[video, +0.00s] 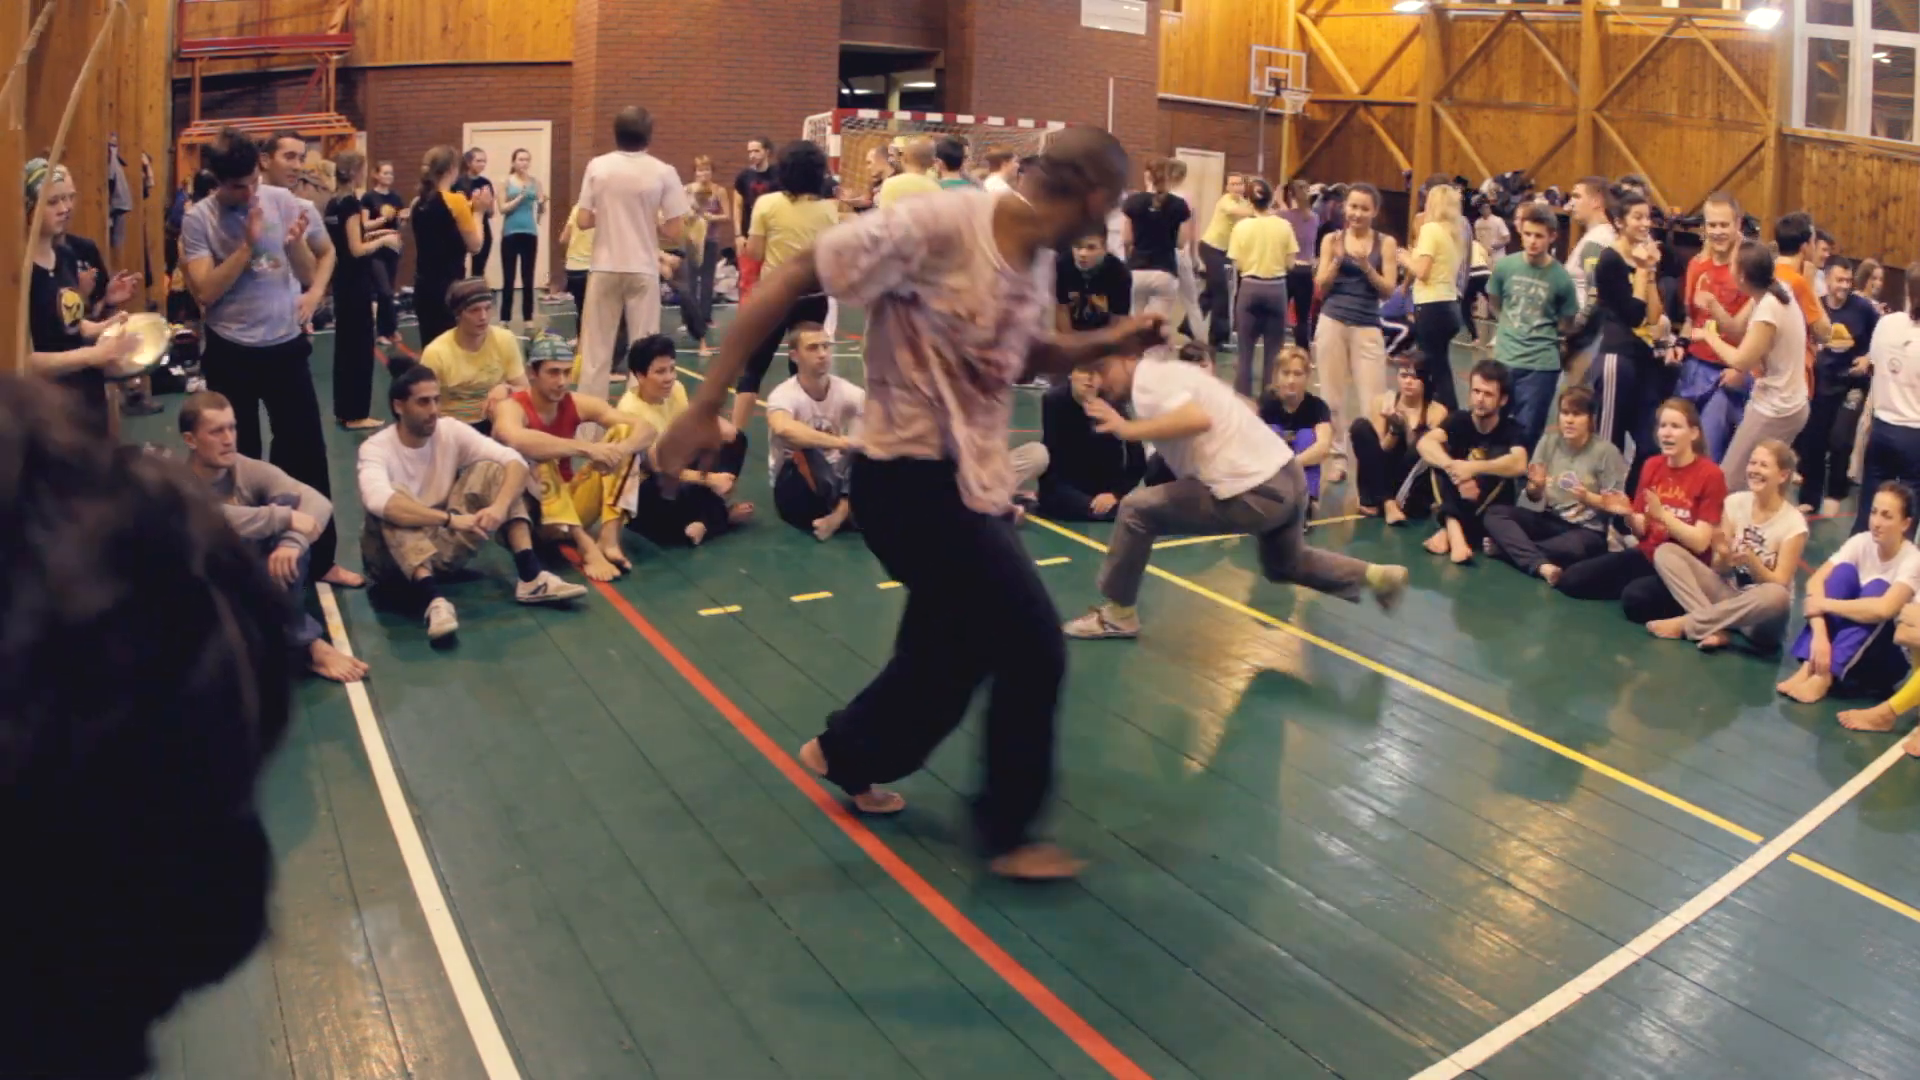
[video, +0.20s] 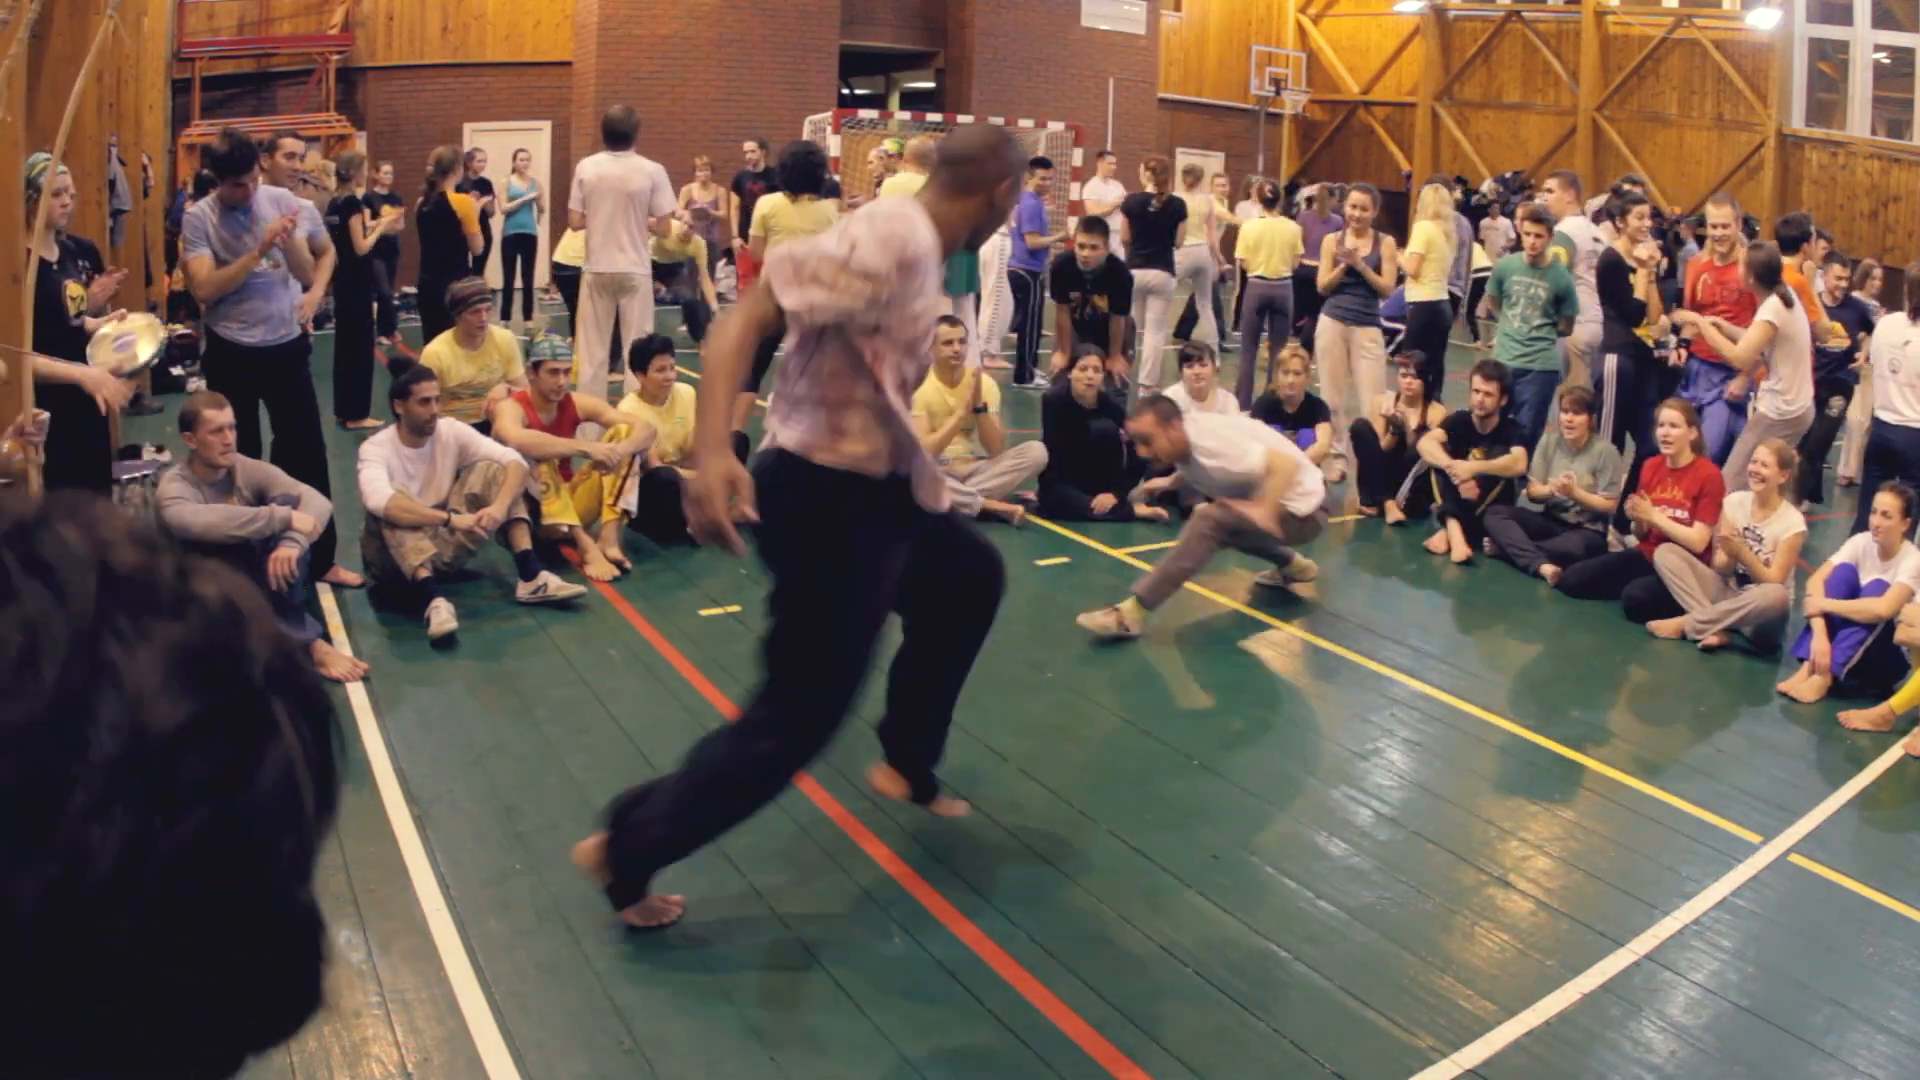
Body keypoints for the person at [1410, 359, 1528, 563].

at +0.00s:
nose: (1480, 399)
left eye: (1488, 394)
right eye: (1476, 392)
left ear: (1503, 400)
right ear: (1469, 393)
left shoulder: (1511, 428)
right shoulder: (1458, 419)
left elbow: (1519, 464)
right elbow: (1425, 444)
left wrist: (1472, 467)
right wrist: (1458, 474)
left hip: (1493, 508)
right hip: (1454, 502)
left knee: (1500, 459)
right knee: (1437, 459)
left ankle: (1448, 529)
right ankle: (1454, 529)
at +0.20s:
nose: (1480, 400)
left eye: (1488, 394)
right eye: (1476, 392)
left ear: (1503, 400)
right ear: (1470, 392)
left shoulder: (1510, 428)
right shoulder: (1459, 419)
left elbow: (1519, 465)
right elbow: (1425, 444)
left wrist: (1472, 468)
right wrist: (1458, 473)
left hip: (1492, 509)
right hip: (1454, 501)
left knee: (1502, 459)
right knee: (1438, 460)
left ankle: (1449, 529)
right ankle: (1454, 530)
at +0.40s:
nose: (1480, 399)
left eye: (1488, 395)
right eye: (1476, 392)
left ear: (1503, 400)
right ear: (1469, 392)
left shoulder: (1511, 429)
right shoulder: (1459, 419)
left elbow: (1519, 464)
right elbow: (1425, 444)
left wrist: (1472, 467)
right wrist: (1458, 474)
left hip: (1492, 508)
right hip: (1454, 501)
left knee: (1501, 460)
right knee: (1437, 458)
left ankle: (1448, 529)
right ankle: (1454, 529)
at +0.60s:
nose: (1480, 399)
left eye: (1488, 394)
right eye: (1476, 392)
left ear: (1503, 400)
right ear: (1469, 393)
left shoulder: (1511, 429)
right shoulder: (1459, 419)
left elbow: (1519, 465)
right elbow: (1425, 444)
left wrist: (1472, 467)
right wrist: (1458, 474)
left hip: (1492, 508)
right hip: (1454, 502)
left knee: (1501, 459)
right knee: (1437, 459)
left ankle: (1448, 529)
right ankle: (1454, 530)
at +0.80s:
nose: (1480, 400)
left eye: (1488, 395)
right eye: (1476, 392)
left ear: (1503, 400)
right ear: (1470, 392)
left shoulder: (1511, 428)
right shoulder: (1456, 421)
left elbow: (1519, 464)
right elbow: (1433, 448)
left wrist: (1474, 471)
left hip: (1496, 493)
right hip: (1457, 486)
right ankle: (1457, 537)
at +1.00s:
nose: (1479, 399)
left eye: (1488, 395)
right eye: (1476, 392)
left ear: (1503, 400)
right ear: (1469, 393)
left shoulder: (1511, 429)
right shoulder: (1458, 419)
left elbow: (1518, 464)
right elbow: (1425, 444)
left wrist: (1471, 467)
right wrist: (1454, 469)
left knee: (1500, 455)